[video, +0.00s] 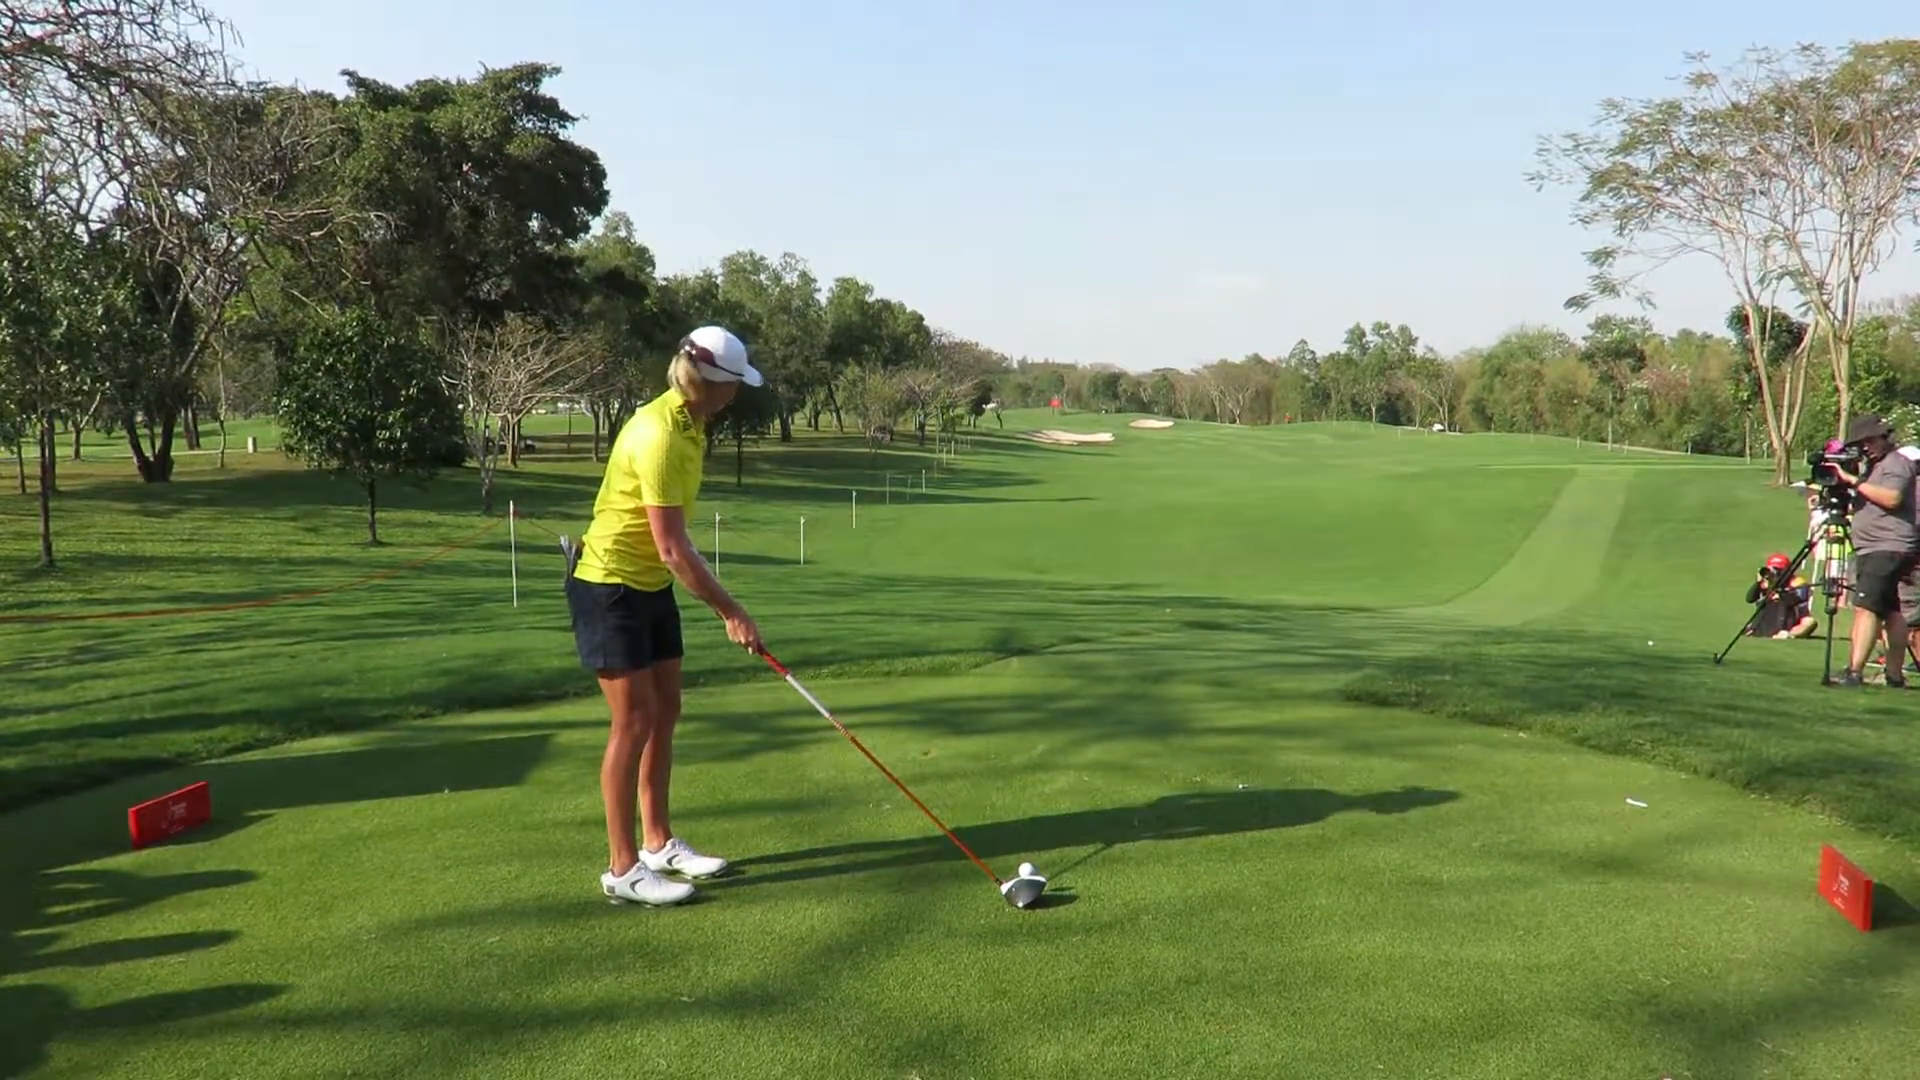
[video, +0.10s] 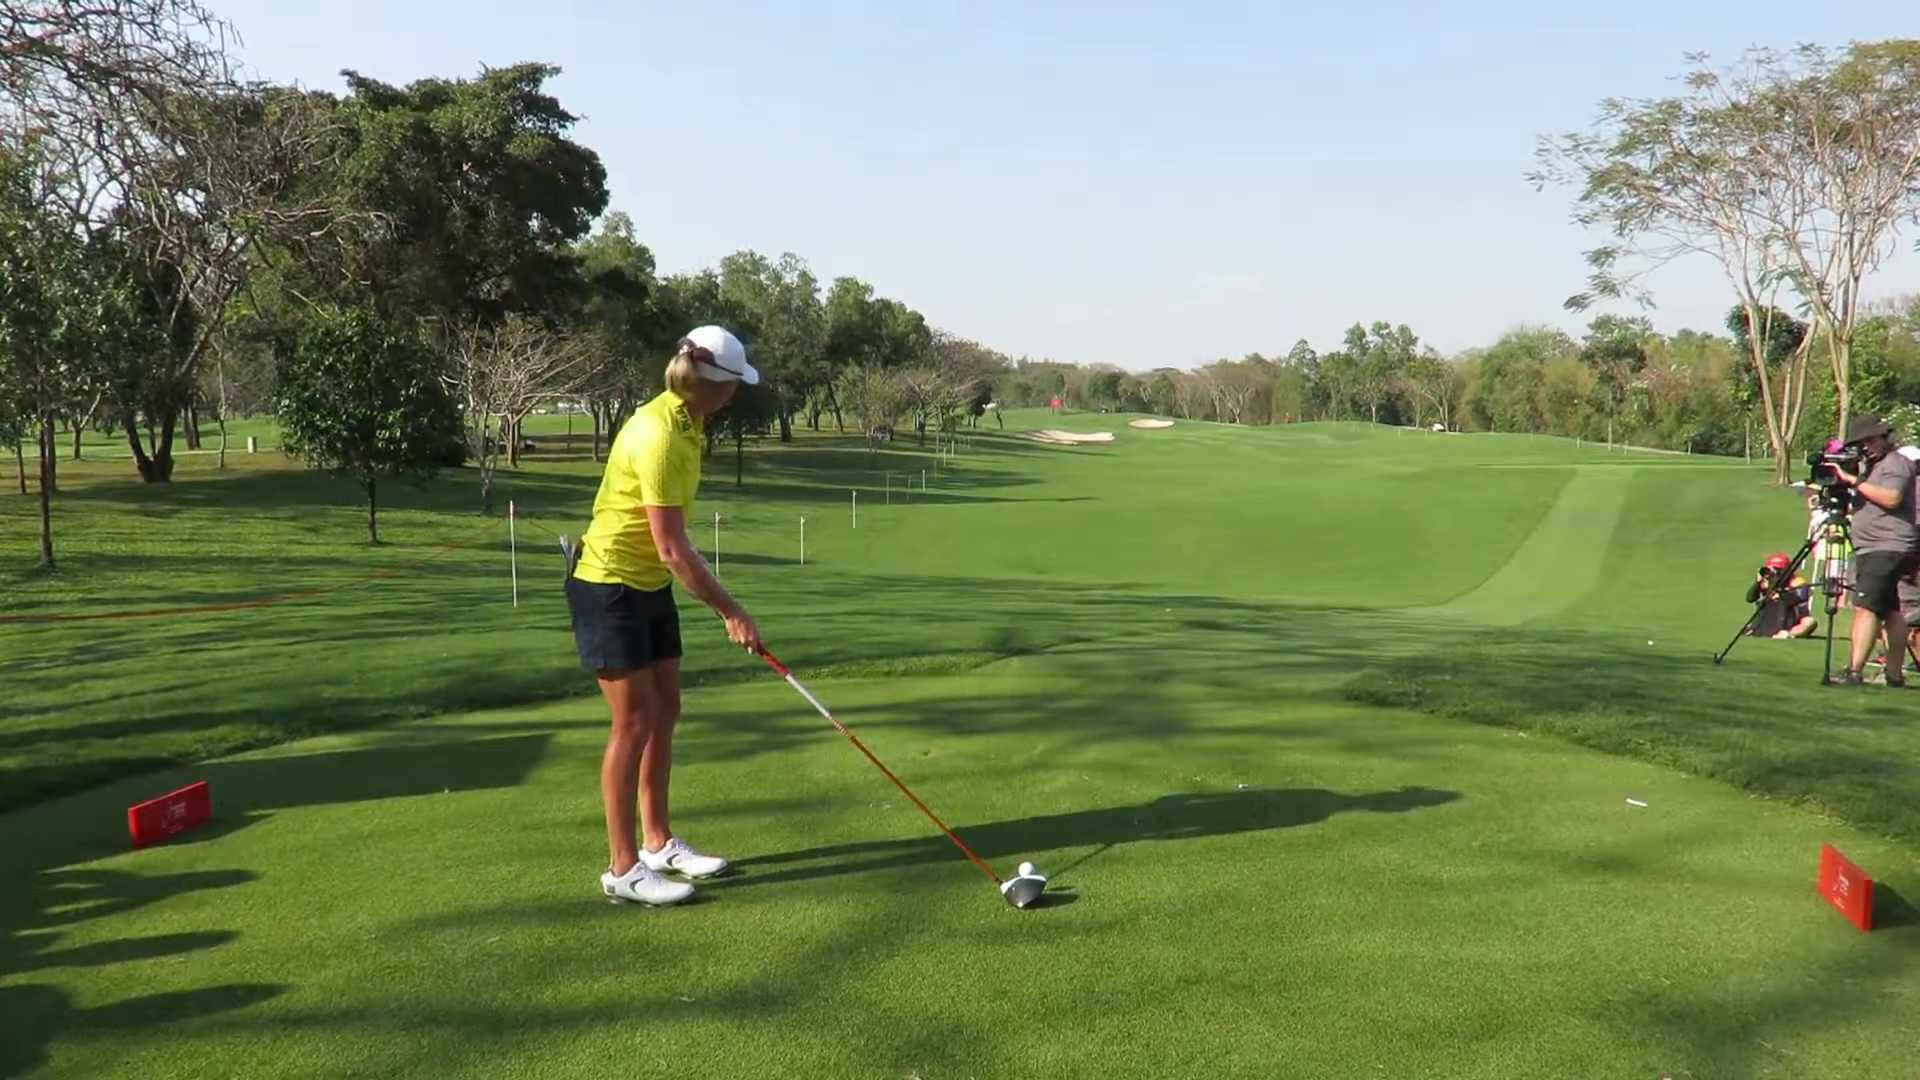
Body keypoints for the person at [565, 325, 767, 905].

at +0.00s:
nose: (736, 394)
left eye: (737, 385)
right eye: (733, 384)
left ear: (700, 380)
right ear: (708, 383)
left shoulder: (690, 429)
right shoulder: (658, 435)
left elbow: (673, 531)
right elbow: (672, 550)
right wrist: (732, 612)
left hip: (653, 583)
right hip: (610, 584)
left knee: (664, 710)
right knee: (633, 720)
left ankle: (657, 844)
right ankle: (621, 868)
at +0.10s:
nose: (733, 395)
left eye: (735, 385)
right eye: (731, 385)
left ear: (696, 381)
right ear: (708, 385)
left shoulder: (687, 429)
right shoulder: (658, 436)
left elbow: (671, 531)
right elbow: (672, 549)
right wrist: (732, 611)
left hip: (652, 583)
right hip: (610, 585)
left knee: (664, 710)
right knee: (632, 721)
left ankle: (657, 843)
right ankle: (622, 868)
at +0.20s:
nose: (733, 394)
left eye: (734, 385)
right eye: (731, 385)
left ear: (691, 376)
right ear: (712, 385)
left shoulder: (684, 428)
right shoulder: (658, 435)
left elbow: (670, 532)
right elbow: (671, 551)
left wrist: (689, 575)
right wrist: (731, 612)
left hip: (650, 583)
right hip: (610, 585)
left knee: (662, 712)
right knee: (633, 723)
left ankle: (657, 844)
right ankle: (621, 869)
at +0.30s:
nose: (733, 394)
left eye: (734, 384)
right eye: (730, 384)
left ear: (690, 376)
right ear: (711, 385)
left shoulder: (683, 428)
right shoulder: (657, 435)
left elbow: (670, 534)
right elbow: (671, 552)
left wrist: (691, 576)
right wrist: (731, 613)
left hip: (650, 583)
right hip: (609, 586)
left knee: (659, 712)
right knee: (633, 721)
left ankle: (656, 843)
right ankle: (621, 869)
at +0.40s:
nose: (732, 394)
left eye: (733, 385)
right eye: (730, 385)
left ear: (689, 376)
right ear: (711, 386)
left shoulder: (682, 428)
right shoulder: (657, 435)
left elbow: (670, 534)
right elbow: (670, 552)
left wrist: (693, 579)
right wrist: (731, 614)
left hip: (649, 584)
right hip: (609, 587)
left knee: (659, 714)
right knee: (634, 724)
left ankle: (656, 843)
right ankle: (622, 870)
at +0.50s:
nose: (731, 393)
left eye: (732, 384)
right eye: (729, 384)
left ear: (685, 375)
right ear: (711, 386)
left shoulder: (676, 426)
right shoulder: (657, 436)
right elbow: (670, 550)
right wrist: (730, 612)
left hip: (647, 585)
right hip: (608, 588)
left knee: (666, 713)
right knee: (634, 721)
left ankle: (658, 844)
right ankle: (623, 869)